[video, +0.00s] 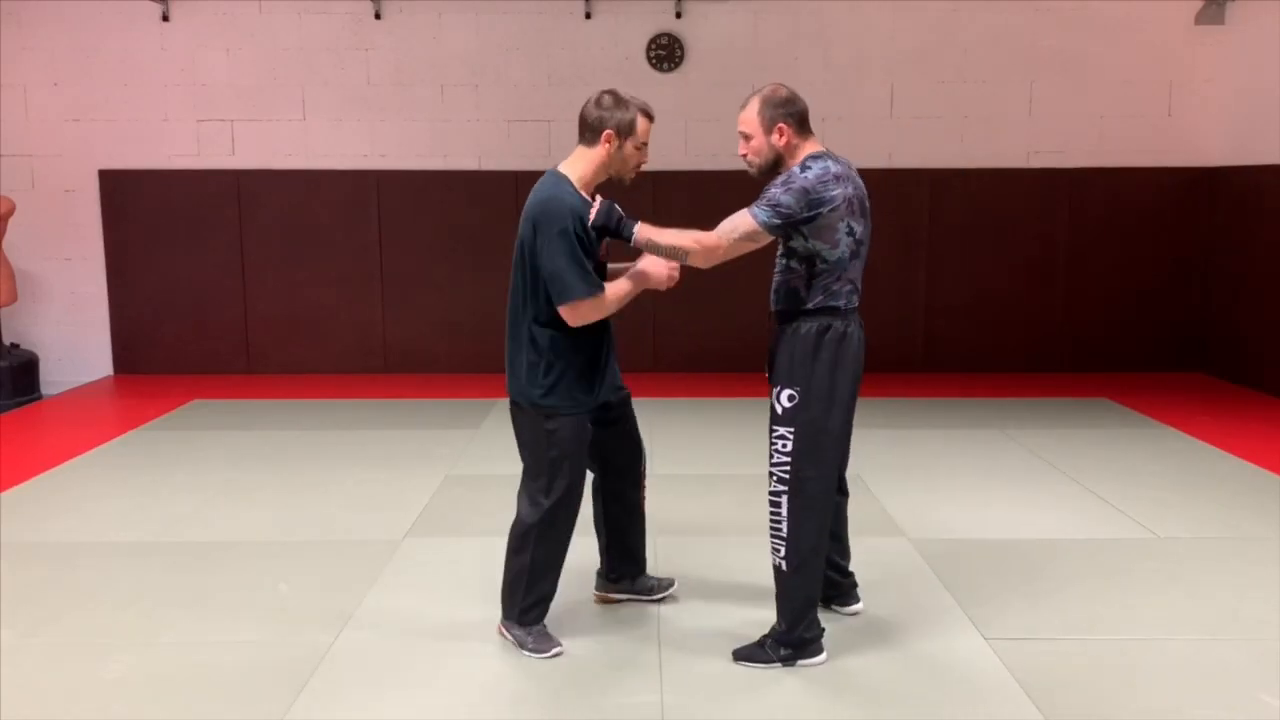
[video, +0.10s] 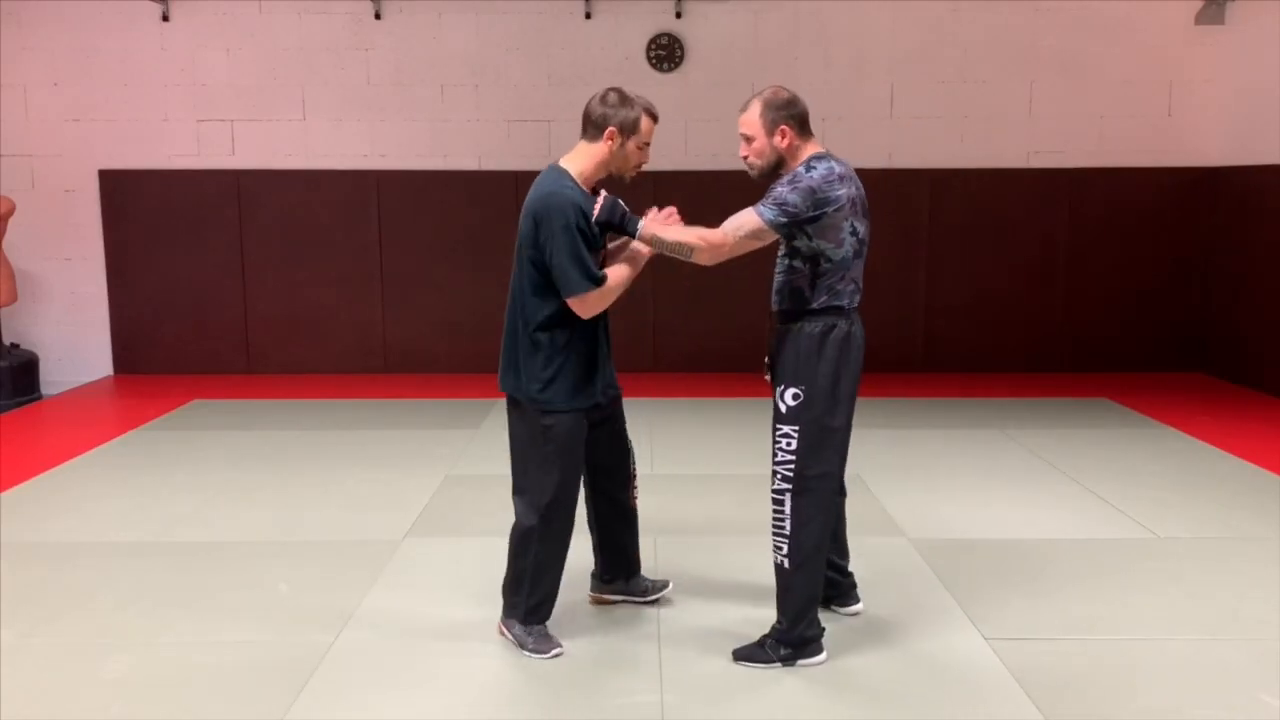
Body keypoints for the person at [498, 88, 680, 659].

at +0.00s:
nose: (644, 160)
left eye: (646, 149)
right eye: (640, 148)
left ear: (607, 141)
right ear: (610, 142)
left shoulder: (584, 195)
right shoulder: (557, 207)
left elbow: (604, 250)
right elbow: (577, 310)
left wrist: (652, 251)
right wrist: (637, 278)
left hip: (592, 373)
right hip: (549, 382)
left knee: (623, 468)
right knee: (550, 498)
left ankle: (620, 575)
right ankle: (520, 617)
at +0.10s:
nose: (645, 160)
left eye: (648, 148)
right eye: (642, 147)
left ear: (610, 137)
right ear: (614, 138)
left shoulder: (583, 190)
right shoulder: (558, 202)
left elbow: (594, 263)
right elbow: (587, 303)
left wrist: (637, 240)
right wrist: (637, 255)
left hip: (586, 368)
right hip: (544, 375)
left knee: (611, 475)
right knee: (546, 502)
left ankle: (616, 576)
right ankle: (521, 615)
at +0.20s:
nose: (651, 162)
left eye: (653, 152)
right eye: (648, 151)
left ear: (618, 139)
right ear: (620, 140)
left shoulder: (593, 189)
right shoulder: (564, 199)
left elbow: (622, 256)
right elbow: (595, 297)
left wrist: (648, 226)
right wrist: (643, 237)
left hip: (587, 369)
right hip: (547, 374)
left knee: (603, 483)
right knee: (549, 497)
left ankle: (608, 580)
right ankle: (521, 611)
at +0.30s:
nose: (660, 174)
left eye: (663, 163)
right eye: (657, 162)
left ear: (626, 149)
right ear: (627, 149)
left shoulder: (598, 198)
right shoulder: (567, 203)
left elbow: (641, 252)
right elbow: (597, 300)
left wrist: (669, 228)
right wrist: (653, 243)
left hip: (589, 370)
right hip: (548, 375)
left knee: (608, 480)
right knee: (556, 493)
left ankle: (607, 581)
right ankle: (520, 610)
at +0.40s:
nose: (662, 178)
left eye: (665, 167)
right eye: (659, 166)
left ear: (627, 152)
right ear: (630, 152)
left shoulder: (597, 196)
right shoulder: (569, 202)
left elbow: (637, 246)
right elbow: (595, 299)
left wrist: (663, 227)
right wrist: (651, 246)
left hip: (588, 369)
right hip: (546, 374)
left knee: (608, 480)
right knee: (547, 495)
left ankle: (609, 580)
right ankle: (511, 608)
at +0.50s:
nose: (651, 175)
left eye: (654, 164)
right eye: (649, 164)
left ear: (618, 151)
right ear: (620, 151)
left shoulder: (588, 194)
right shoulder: (564, 204)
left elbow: (625, 252)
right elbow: (595, 301)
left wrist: (657, 228)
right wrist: (647, 245)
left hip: (585, 372)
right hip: (541, 377)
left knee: (609, 476)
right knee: (533, 502)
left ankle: (608, 580)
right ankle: (505, 615)